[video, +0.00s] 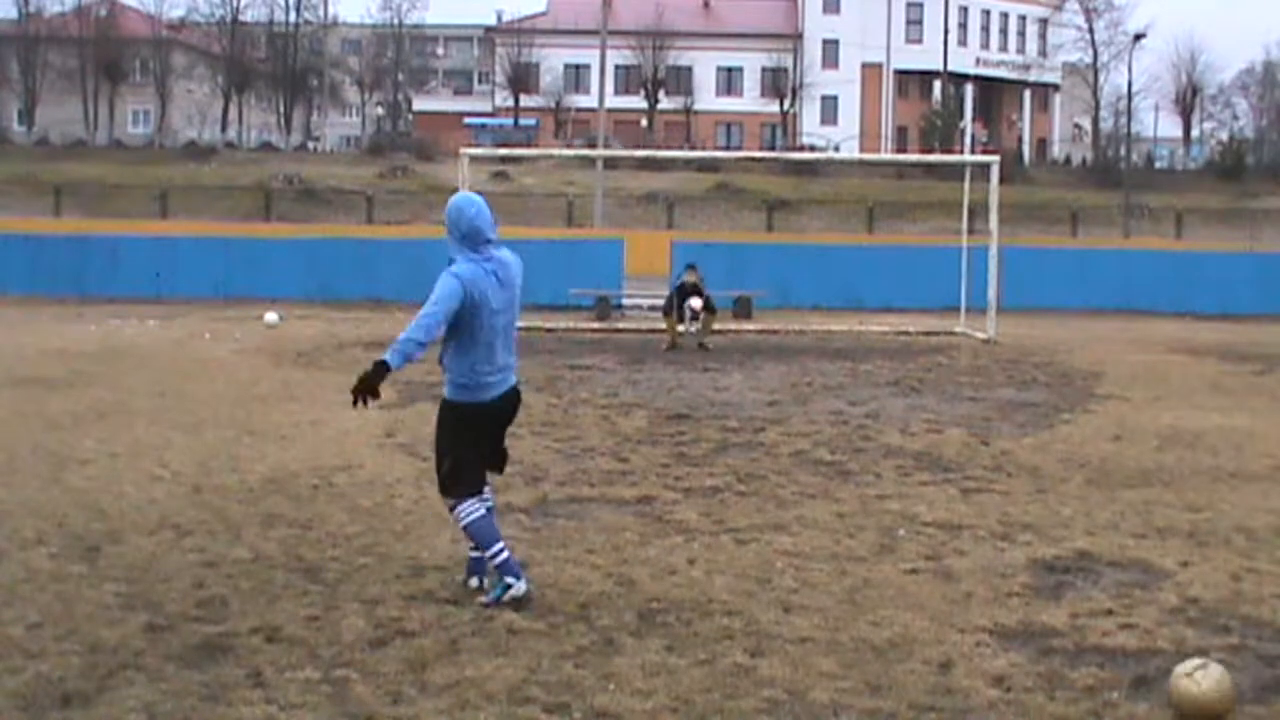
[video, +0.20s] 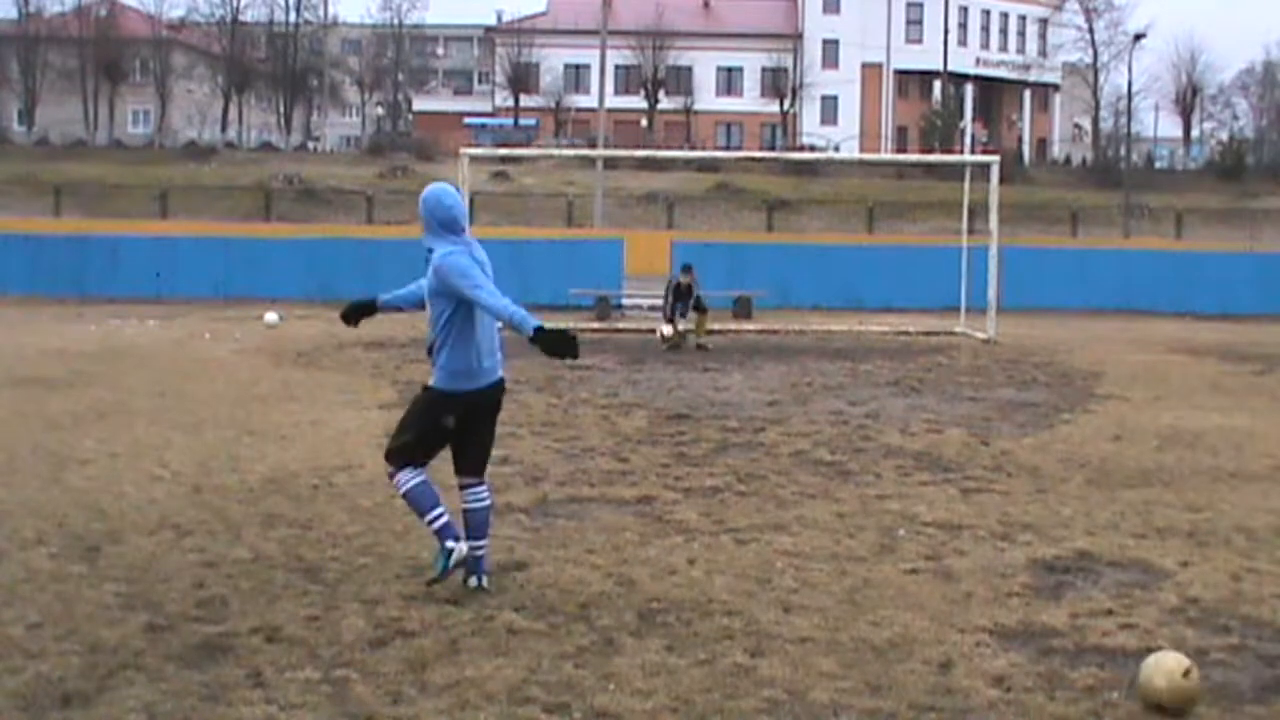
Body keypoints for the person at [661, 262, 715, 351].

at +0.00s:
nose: (690, 280)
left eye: (693, 276)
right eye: (688, 276)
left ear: (697, 277)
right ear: (683, 277)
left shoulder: (699, 290)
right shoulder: (678, 291)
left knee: (711, 312)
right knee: (667, 312)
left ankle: (702, 340)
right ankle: (672, 340)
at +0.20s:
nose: (685, 280)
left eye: (687, 277)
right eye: (683, 277)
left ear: (691, 277)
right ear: (680, 275)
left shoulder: (693, 284)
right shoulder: (673, 283)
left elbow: (691, 300)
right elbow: (669, 300)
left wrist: (684, 316)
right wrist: (668, 316)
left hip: (690, 299)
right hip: (677, 300)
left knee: (703, 311)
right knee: (672, 318)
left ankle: (699, 339)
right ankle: (676, 338)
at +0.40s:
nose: (677, 266)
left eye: (679, 263)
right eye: (675, 263)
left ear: (683, 262)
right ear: (671, 262)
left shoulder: (688, 272)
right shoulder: (665, 269)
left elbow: (689, 293)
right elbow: (659, 289)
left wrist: (685, 309)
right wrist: (651, 307)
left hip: (683, 287)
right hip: (667, 285)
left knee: (693, 310)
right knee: (656, 307)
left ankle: (699, 338)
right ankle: (666, 332)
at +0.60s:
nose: (652, 243)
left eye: (654, 240)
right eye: (649, 240)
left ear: (658, 241)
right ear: (647, 242)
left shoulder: (667, 256)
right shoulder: (643, 258)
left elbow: (684, 267)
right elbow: (638, 274)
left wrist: (687, 282)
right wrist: (633, 291)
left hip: (672, 284)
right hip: (655, 284)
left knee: (684, 310)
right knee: (644, 310)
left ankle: (698, 339)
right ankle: (645, 338)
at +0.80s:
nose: (626, 235)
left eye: (628, 231)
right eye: (624, 232)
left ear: (633, 232)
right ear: (621, 233)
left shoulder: (644, 246)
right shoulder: (620, 251)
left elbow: (664, 251)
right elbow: (615, 268)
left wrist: (681, 259)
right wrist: (615, 282)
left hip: (650, 281)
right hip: (636, 282)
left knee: (650, 311)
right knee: (631, 314)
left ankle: (668, 327)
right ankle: (644, 338)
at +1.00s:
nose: (607, 230)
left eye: (610, 227)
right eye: (606, 227)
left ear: (615, 227)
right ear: (604, 229)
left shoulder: (626, 242)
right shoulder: (603, 246)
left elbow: (643, 248)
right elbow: (599, 264)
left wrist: (658, 254)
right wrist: (602, 270)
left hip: (627, 276)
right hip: (614, 277)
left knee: (614, 304)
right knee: (622, 310)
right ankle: (638, 331)